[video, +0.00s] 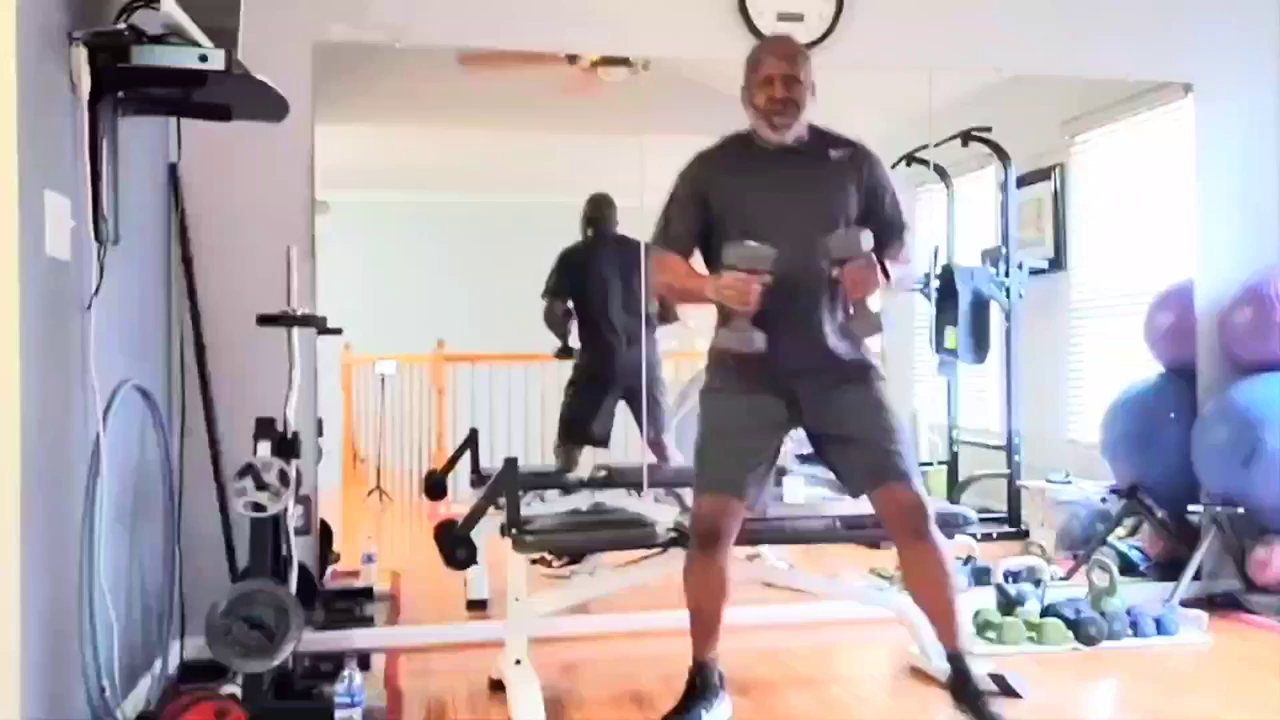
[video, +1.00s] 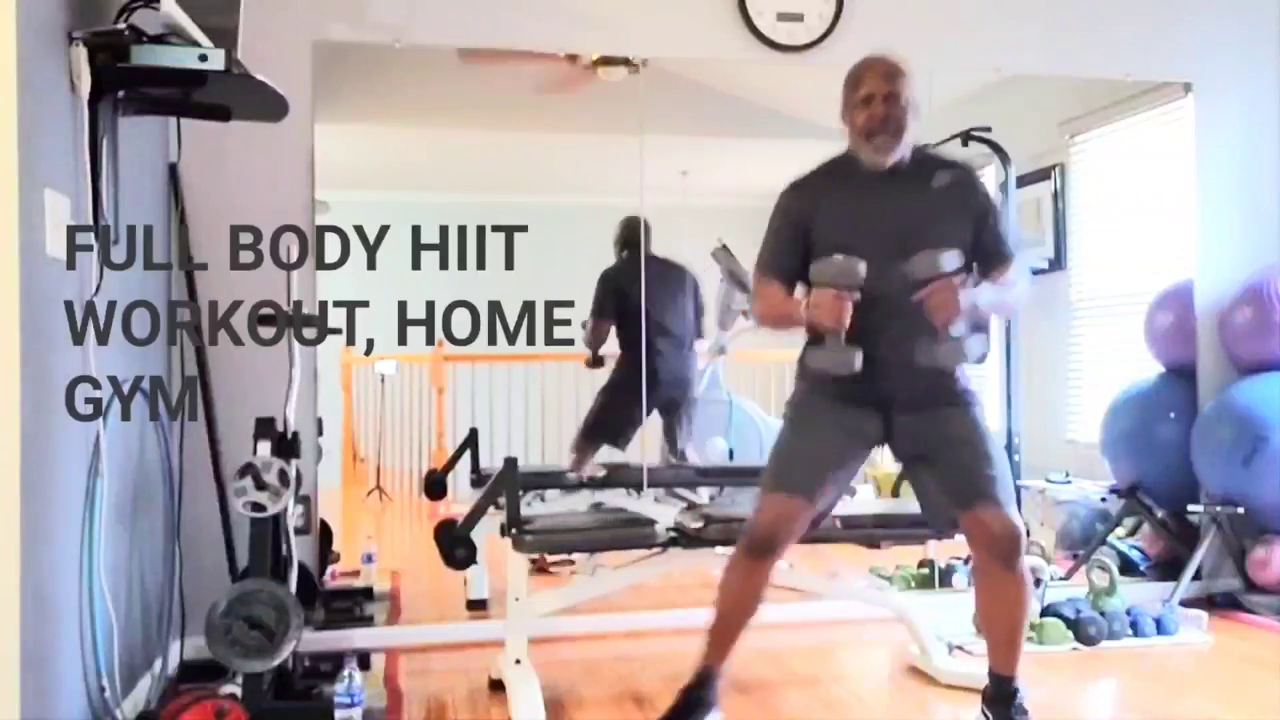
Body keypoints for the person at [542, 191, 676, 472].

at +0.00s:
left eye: (588, 219)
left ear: (586, 220)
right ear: (616, 219)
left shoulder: (573, 257)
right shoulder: (643, 252)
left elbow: (554, 313)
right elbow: (669, 312)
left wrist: (565, 339)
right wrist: (642, 322)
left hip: (597, 363)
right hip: (642, 361)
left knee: (569, 447)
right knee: (661, 441)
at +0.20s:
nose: (604, 247)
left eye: (605, 243)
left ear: (606, 246)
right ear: (634, 245)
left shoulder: (596, 282)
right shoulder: (665, 281)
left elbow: (572, 341)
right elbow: (678, 345)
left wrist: (576, 359)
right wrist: (649, 355)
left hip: (612, 383)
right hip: (658, 384)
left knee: (565, 453)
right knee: (667, 452)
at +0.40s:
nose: (618, 233)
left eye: (620, 228)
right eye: (620, 227)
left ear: (625, 228)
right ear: (651, 227)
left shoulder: (622, 262)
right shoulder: (688, 259)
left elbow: (603, 319)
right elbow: (713, 312)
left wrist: (589, 327)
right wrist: (681, 322)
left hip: (640, 366)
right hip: (684, 367)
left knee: (600, 442)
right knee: (678, 444)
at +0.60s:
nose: (629, 235)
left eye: (630, 230)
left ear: (633, 229)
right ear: (661, 229)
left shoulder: (631, 254)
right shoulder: (688, 255)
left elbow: (628, 288)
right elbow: (737, 283)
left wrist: (603, 327)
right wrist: (715, 316)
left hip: (653, 372)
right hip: (692, 371)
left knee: (628, 455)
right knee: (681, 450)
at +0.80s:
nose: (629, 231)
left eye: (631, 226)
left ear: (634, 227)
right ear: (663, 226)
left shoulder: (629, 255)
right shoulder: (692, 254)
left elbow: (620, 294)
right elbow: (736, 292)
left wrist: (607, 332)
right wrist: (707, 314)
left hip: (647, 366)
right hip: (687, 367)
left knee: (606, 441)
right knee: (686, 448)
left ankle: (635, 502)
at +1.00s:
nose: (614, 246)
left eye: (616, 242)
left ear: (620, 242)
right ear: (649, 240)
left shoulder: (614, 276)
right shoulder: (684, 275)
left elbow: (596, 337)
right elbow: (697, 333)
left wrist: (592, 347)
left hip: (636, 374)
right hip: (681, 373)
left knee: (583, 452)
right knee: (680, 454)